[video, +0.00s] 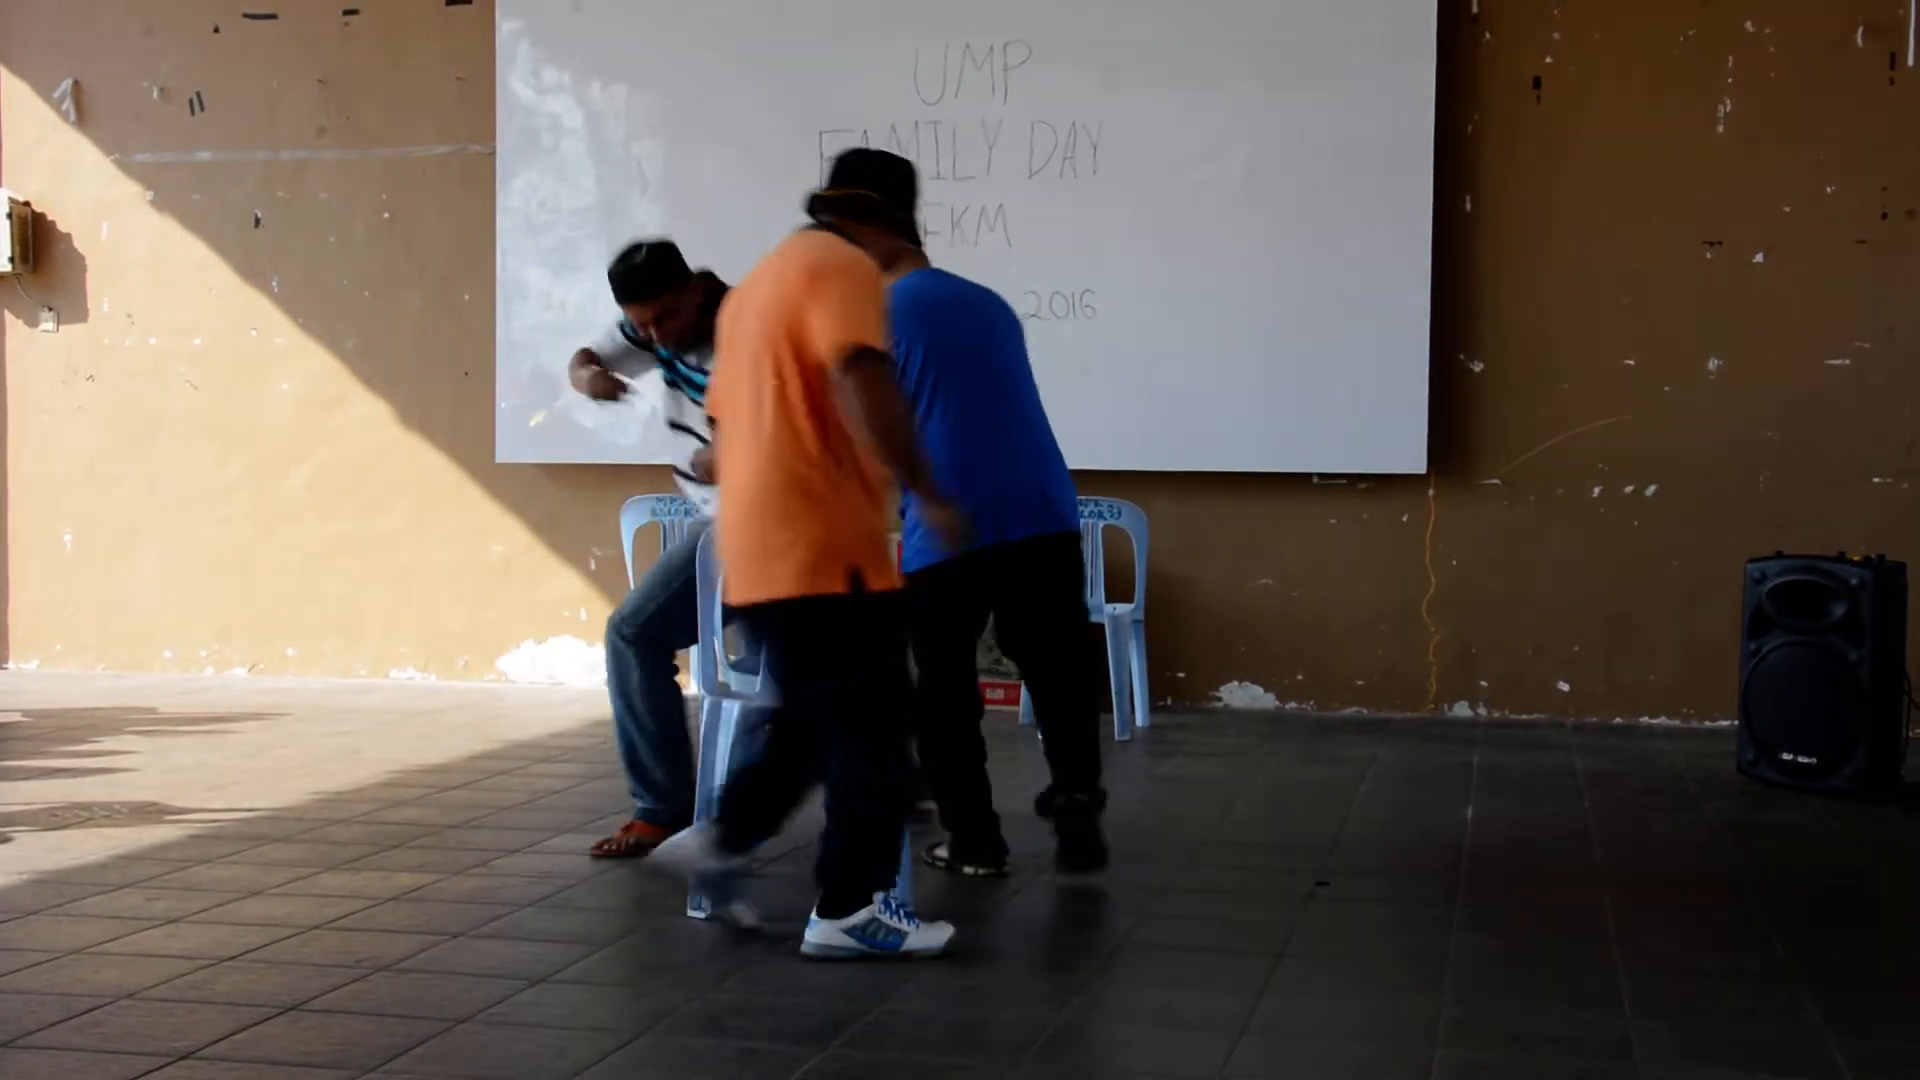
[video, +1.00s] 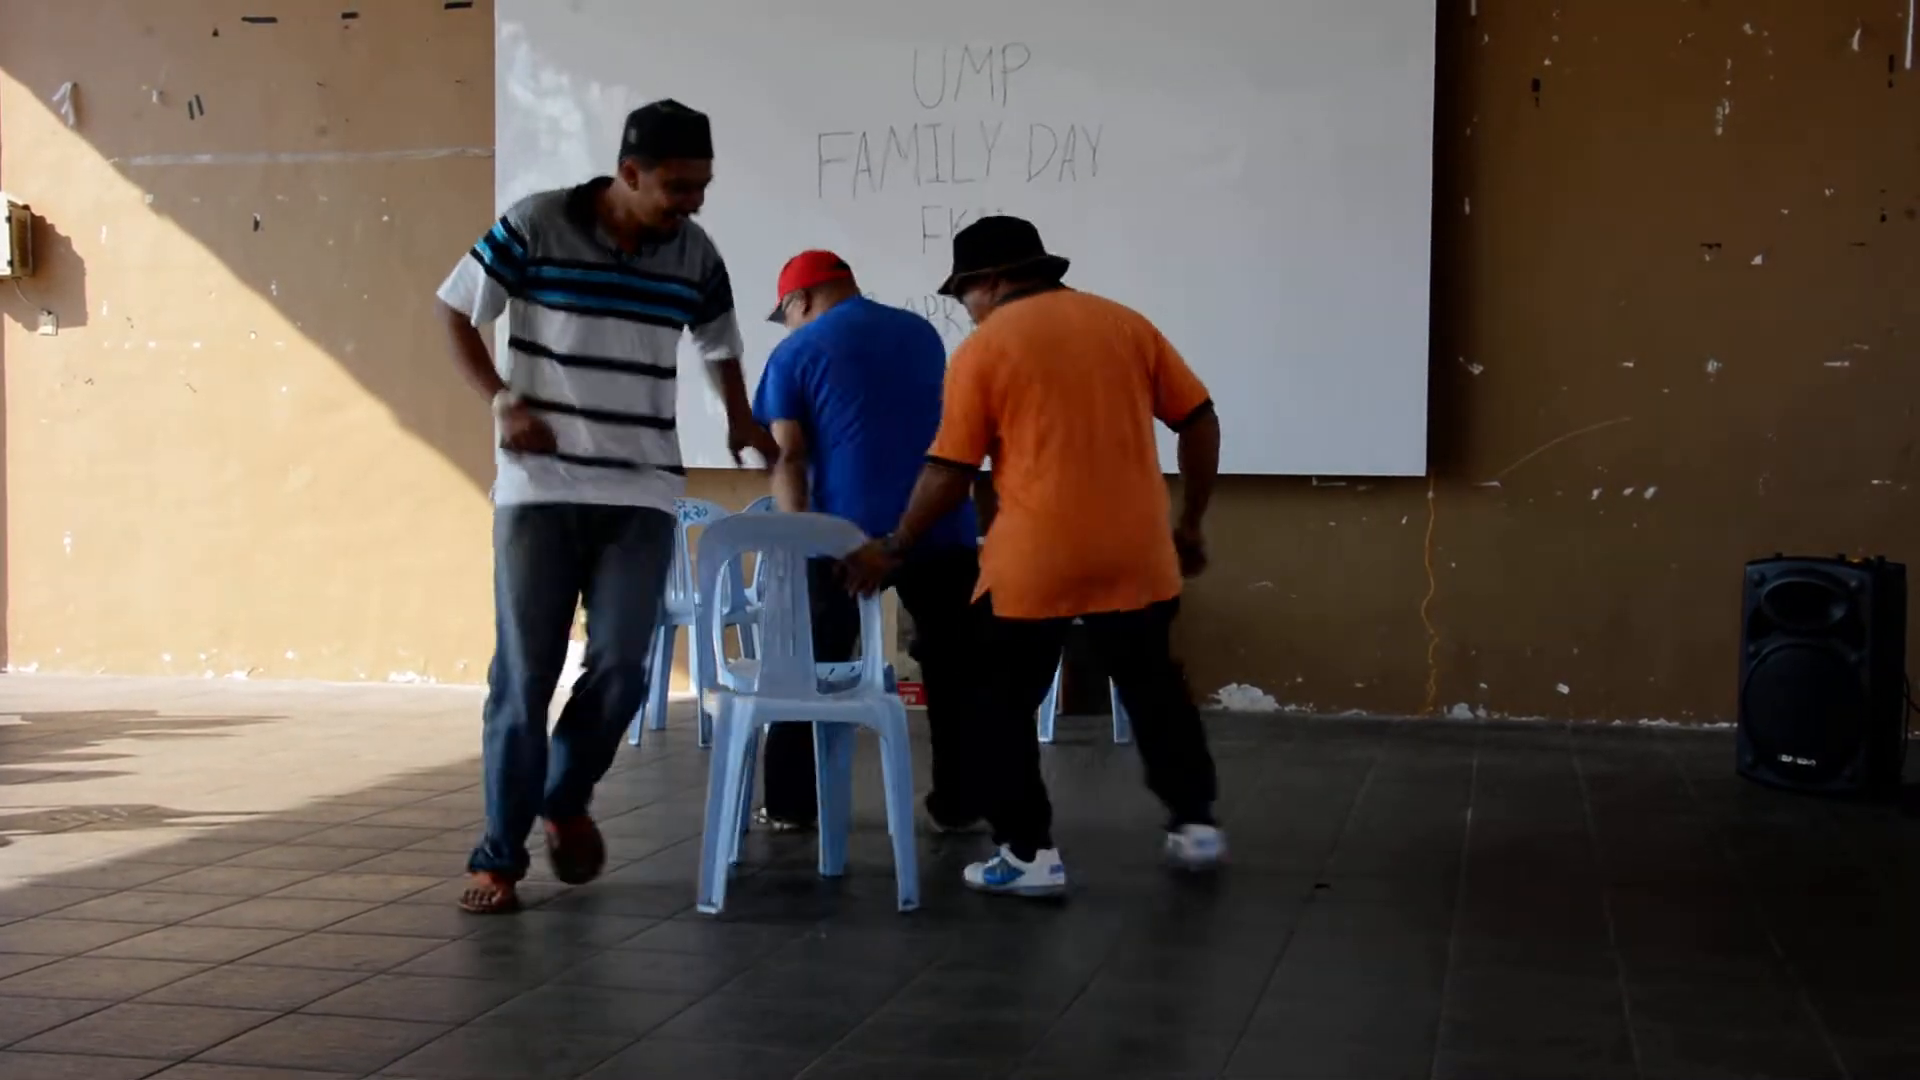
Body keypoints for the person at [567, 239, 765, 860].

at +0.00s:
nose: (657, 336)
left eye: (667, 318)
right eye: (643, 326)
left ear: (698, 291)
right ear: (629, 315)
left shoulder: (749, 326)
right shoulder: (655, 331)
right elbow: (589, 361)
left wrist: (726, 458)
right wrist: (595, 378)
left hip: (795, 515)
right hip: (727, 520)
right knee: (632, 632)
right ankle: (664, 808)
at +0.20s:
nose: (651, 284)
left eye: (661, 268)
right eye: (635, 271)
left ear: (687, 245)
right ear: (616, 256)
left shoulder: (736, 297)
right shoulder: (602, 277)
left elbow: (765, 398)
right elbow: (583, 364)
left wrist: (700, 430)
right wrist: (606, 408)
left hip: (701, 487)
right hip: (631, 486)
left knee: (629, 633)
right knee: (660, 636)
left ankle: (659, 814)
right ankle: (758, 721)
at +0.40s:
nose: (626, 254)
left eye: (639, 238)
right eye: (611, 239)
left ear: (659, 221)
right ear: (584, 223)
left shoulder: (696, 277)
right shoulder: (544, 261)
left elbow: (756, 368)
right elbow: (512, 349)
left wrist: (709, 428)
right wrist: (540, 417)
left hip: (650, 486)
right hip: (561, 485)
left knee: (621, 638)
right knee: (535, 644)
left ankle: (643, 811)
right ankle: (534, 807)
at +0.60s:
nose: (639, 235)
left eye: (650, 218)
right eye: (622, 219)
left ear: (663, 205)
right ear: (583, 201)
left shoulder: (678, 268)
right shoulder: (521, 249)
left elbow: (677, 356)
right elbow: (469, 338)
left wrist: (667, 428)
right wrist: (506, 408)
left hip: (626, 490)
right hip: (533, 491)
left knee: (603, 653)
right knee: (528, 657)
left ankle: (574, 833)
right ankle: (526, 798)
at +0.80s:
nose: (669, 206)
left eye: (678, 190)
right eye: (655, 191)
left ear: (684, 178)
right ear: (607, 173)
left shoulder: (685, 251)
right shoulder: (528, 226)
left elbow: (715, 355)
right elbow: (467, 325)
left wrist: (702, 423)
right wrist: (524, 399)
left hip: (636, 492)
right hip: (532, 487)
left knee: (607, 672)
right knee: (501, 655)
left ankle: (574, 836)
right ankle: (515, 776)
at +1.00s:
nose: (692, 206)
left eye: (700, 190)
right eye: (679, 191)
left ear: (703, 178)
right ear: (629, 173)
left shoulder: (696, 257)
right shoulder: (538, 224)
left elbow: (722, 349)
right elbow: (459, 312)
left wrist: (741, 418)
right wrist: (500, 398)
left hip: (641, 491)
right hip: (540, 484)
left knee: (624, 665)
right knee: (524, 673)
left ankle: (566, 797)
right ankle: (497, 856)